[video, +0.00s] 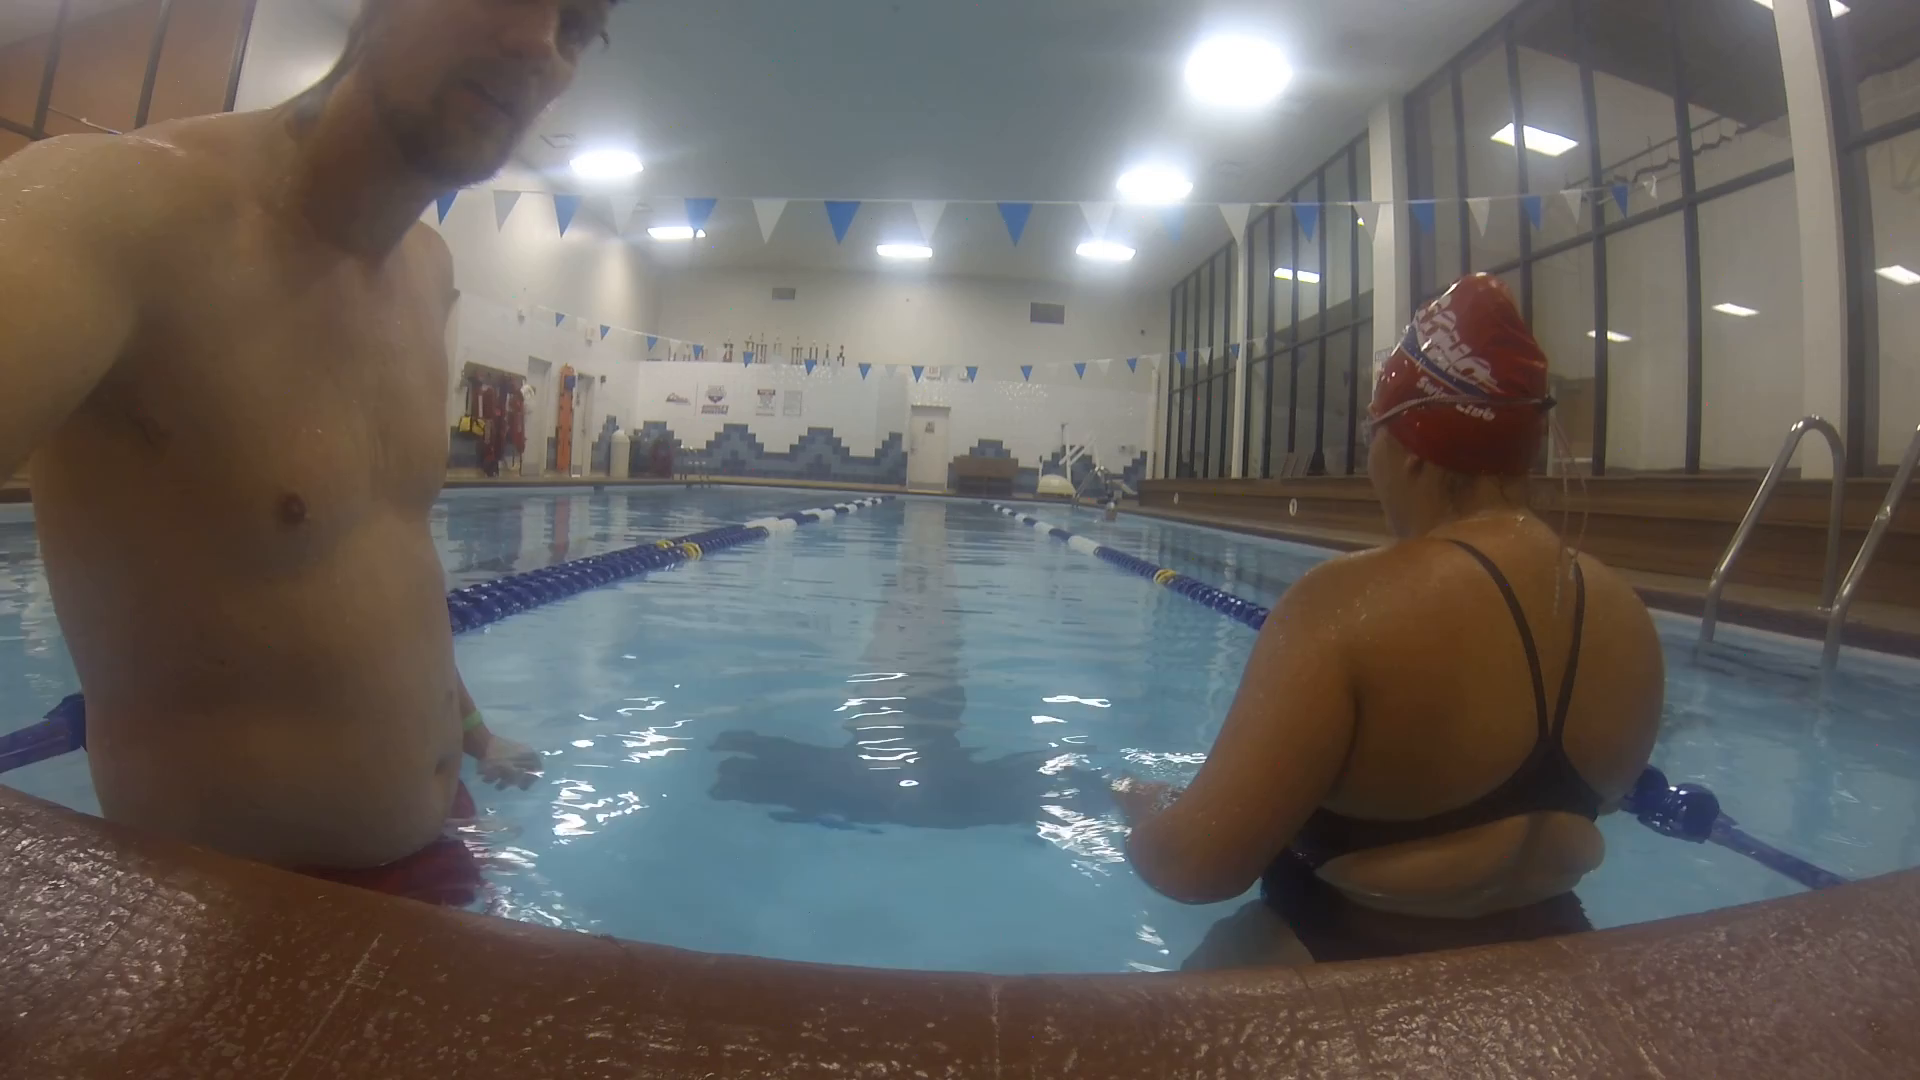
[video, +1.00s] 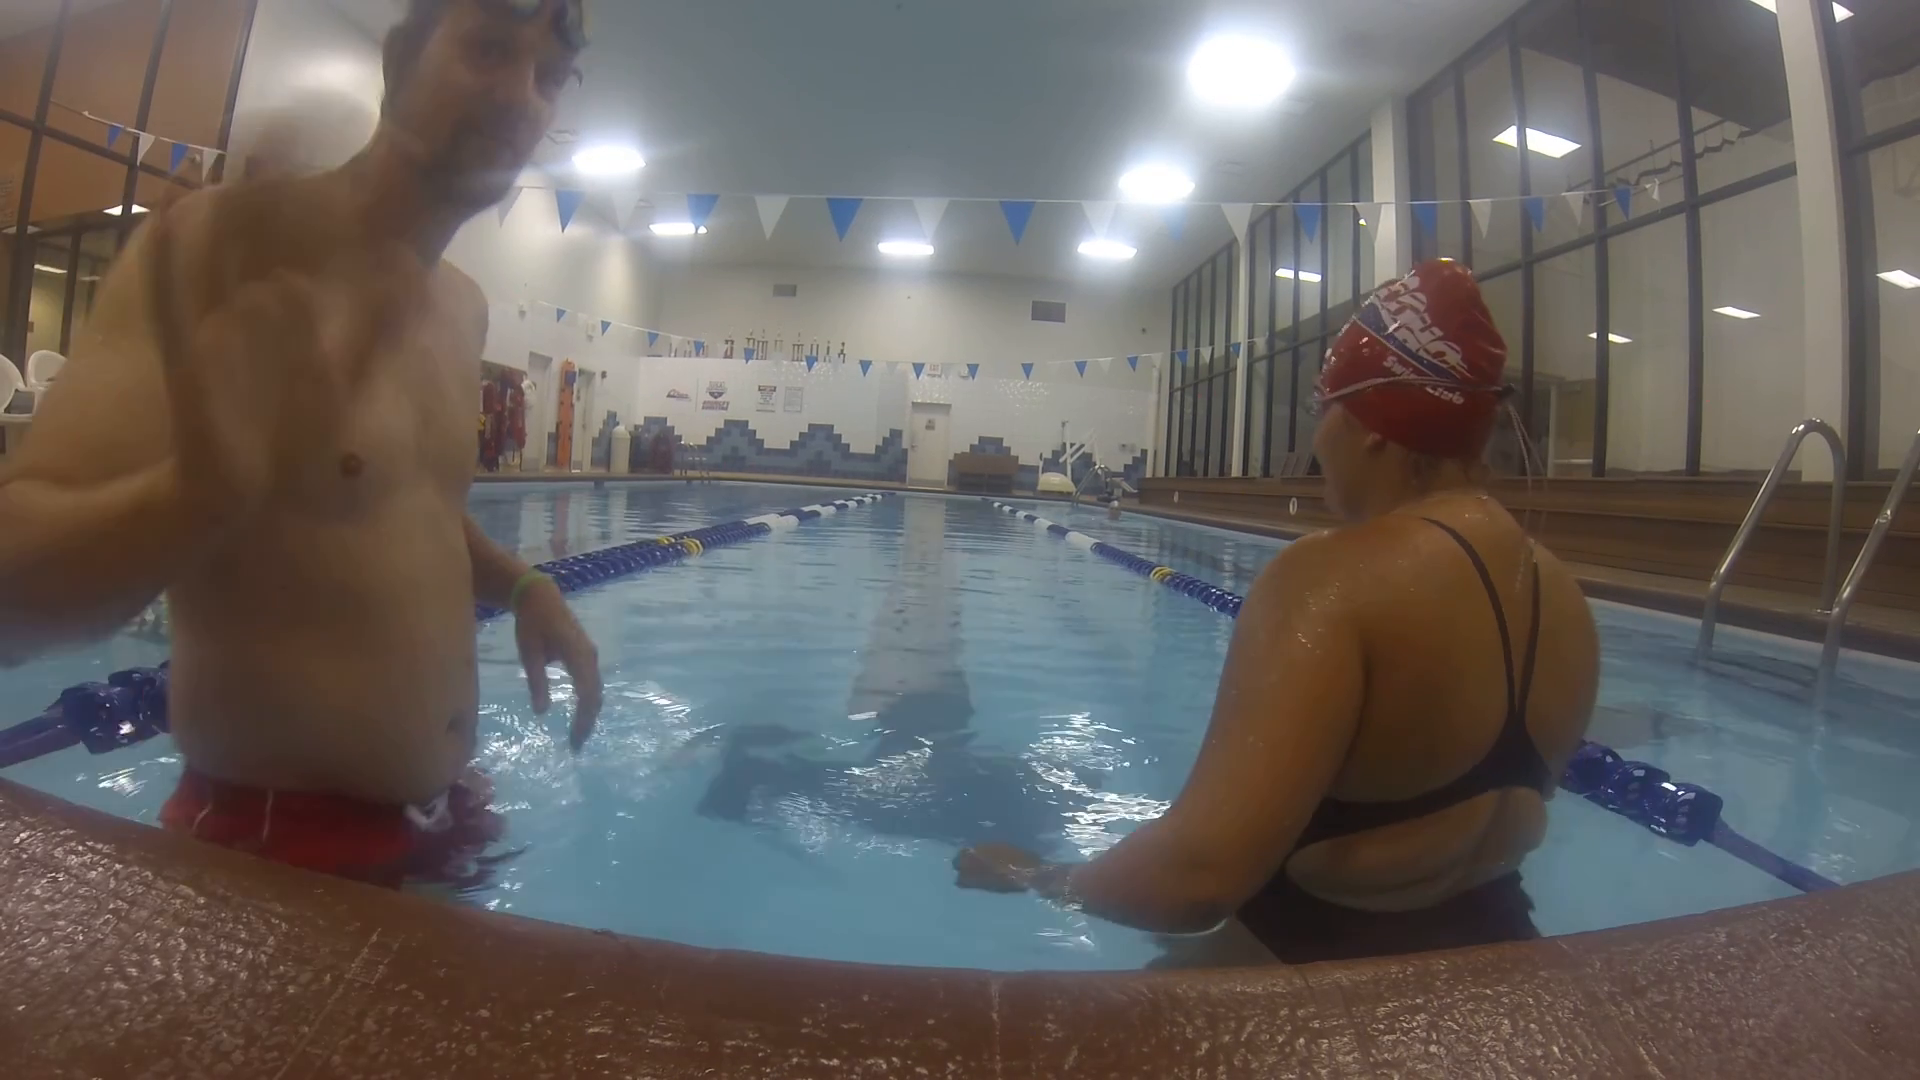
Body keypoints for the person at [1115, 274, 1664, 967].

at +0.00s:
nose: (1371, 457)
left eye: (1377, 434)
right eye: (1374, 434)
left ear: (1414, 450)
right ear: (1527, 446)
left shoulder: (1345, 606)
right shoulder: (1622, 610)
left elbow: (1202, 865)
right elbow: (1605, 783)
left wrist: (1148, 813)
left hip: (1336, 997)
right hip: (1544, 988)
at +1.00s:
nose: (1317, 433)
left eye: (1327, 406)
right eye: (1324, 406)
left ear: (1375, 426)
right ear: (1470, 425)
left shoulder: (1327, 582)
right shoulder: (1557, 591)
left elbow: (1199, 875)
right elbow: (1512, 805)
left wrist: (1040, 879)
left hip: (1308, 981)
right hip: (1493, 964)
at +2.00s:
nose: (1279, 427)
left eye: (1323, 405)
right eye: (1270, 404)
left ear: (1406, 445)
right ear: (1254, 420)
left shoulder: (1431, 635)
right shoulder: (1322, 584)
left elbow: (1452, 921)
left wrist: (1212, 788)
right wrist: (1174, 758)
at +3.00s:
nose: (1337, 464)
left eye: (1364, 444)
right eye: (1308, 439)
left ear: (1389, 468)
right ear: (1266, 461)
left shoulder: (1442, 594)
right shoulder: (1205, 602)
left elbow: (1639, 725)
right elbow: (1163, 725)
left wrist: (1535, 630)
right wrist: (1066, 767)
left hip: (1403, 949)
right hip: (1252, 935)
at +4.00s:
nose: (1290, 456)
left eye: (1304, 431)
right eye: (1298, 431)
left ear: (1360, 453)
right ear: (1369, 454)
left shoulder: (1399, 587)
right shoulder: (1458, 561)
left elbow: (1423, 852)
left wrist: (1224, 801)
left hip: (1372, 967)